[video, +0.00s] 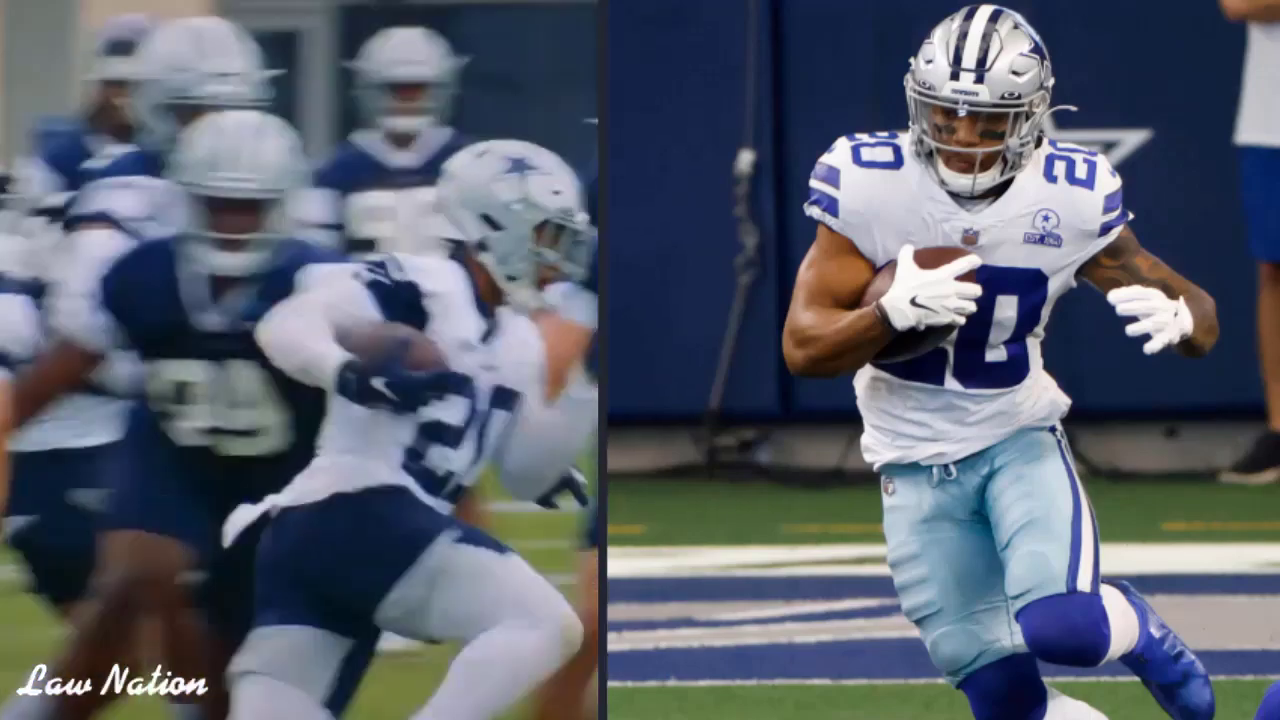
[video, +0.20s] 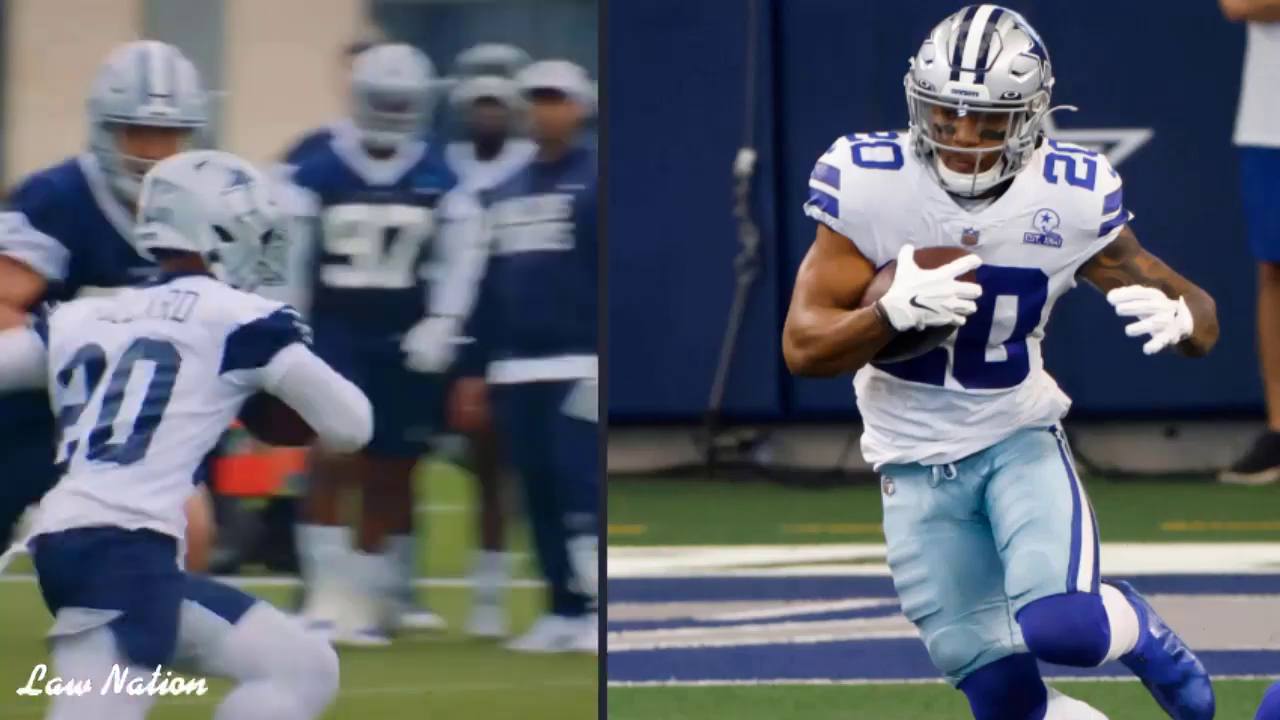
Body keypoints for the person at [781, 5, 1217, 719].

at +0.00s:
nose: (966, 137)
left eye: (988, 121)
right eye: (950, 116)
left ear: (1027, 119)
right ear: (923, 109)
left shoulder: (1071, 194)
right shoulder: (863, 179)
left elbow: (1197, 309)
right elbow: (801, 349)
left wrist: (1181, 319)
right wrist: (887, 313)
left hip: (1018, 437)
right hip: (911, 467)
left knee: (1054, 626)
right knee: (1001, 696)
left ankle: (1141, 631)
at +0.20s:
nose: (965, 137)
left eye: (988, 121)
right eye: (950, 116)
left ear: (1027, 118)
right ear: (922, 110)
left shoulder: (1071, 194)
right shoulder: (863, 179)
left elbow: (1197, 310)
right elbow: (801, 349)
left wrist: (1181, 319)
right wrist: (887, 313)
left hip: (1018, 437)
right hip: (911, 467)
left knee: (1054, 626)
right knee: (1001, 696)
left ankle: (1142, 633)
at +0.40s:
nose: (965, 137)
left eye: (988, 121)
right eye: (950, 116)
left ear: (1027, 118)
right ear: (922, 110)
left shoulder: (1071, 194)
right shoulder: (863, 179)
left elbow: (1197, 310)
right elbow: (801, 349)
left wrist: (1181, 319)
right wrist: (887, 313)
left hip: (1018, 437)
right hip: (911, 467)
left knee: (1054, 626)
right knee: (1001, 696)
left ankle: (1142, 633)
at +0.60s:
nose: (965, 137)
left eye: (988, 121)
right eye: (950, 116)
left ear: (1027, 118)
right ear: (922, 110)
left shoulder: (1071, 194)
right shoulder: (863, 179)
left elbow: (1197, 310)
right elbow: (801, 349)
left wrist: (1181, 319)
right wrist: (887, 313)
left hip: (1018, 437)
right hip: (911, 467)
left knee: (1054, 626)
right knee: (1001, 696)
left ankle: (1142, 633)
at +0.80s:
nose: (965, 137)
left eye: (988, 121)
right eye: (950, 116)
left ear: (1027, 118)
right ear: (922, 110)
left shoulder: (1071, 194)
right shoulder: (863, 179)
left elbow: (1197, 310)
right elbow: (801, 349)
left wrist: (1181, 319)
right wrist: (887, 313)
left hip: (1018, 437)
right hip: (911, 467)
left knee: (1054, 626)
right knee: (1001, 696)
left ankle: (1142, 633)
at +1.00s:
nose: (966, 137)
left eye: (988, 121)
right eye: (950, 117)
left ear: (1027, 118)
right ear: (922, 110)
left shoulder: (1072, 194)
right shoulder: (863, 180)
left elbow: (1197, 310)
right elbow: (801, 350)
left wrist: (1181, 318)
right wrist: (887, 313)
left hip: (1018, 437)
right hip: (911, 467)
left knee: (1054, 626)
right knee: (1001, 697)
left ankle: (1142, 632)